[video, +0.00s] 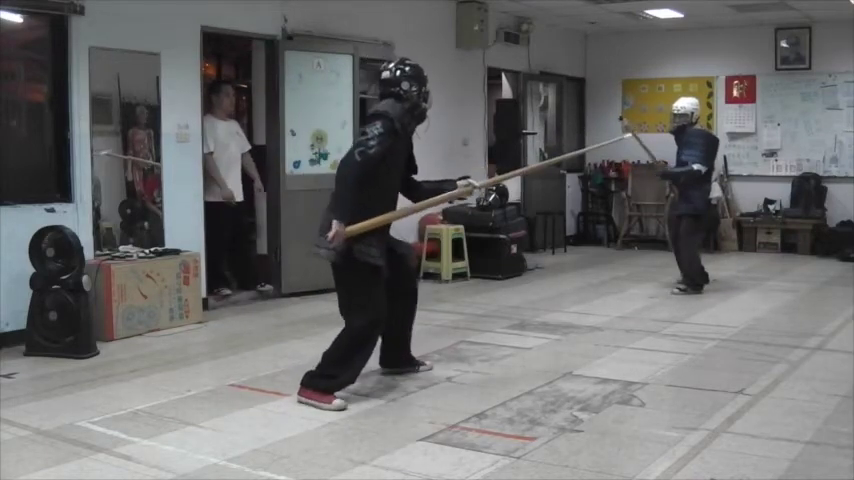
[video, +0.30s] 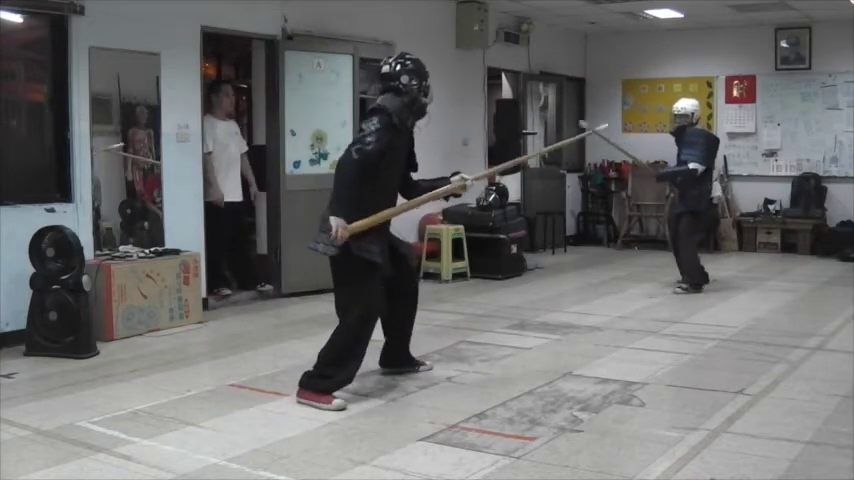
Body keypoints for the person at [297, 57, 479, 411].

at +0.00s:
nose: (426, 98)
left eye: (425, 91)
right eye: (421, 91)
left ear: (398, 91)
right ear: (408, 92)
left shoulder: (400, 132)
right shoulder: (384, 127)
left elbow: (413, 190)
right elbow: (349, 166)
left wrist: (457, 187)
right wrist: (341, 217)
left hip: (375, 234)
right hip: (352, 236)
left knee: (405, 272)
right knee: (368, 317)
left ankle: (397, 358)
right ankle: (317, 386)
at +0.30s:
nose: (426, 95)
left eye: (426, 87)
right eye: (422, 87)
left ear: (404, 87)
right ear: (406, 87)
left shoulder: (402, 127)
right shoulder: (384, 122)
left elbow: (409, 189)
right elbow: (349, 162)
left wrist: (450, 184)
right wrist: (339, 214)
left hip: (375, 230)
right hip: (352, 231)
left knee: (405, 273)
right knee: (363, 307)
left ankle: (396, 357)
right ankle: (315, 385)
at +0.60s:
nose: (431, 103)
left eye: (431, 96)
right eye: (426, 96)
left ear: (411, 97)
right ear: (408, 97)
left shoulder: (411, 136)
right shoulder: (386, 135)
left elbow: (425, 195)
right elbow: (351, 171)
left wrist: (463, 191)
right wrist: (349, 227)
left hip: (390, 241)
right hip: (366, 244)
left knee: (426, 282)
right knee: (369, 319)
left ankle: (435, 344)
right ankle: (317, 386)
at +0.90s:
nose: (462, 113)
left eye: (461, 107)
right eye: (458, 107)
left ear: (432, 109)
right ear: (446, 109)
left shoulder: (437, 145)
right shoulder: (429, 144)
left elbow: (433, 195)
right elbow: (435, 190)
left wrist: (469, 196)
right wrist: (474, 187)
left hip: (416, 240)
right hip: (396, 242)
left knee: (448, 281)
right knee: (401, 319)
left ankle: (449, 346)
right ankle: (337, 373)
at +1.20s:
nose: (423, 92)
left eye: (422, 85)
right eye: (417, 86)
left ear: (401, 87)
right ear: (401, 87)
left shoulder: (403, 124)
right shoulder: (384, 120)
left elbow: (404, 188)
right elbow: (379, 162)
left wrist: (449, 196)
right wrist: (428, 159)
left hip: (396, 225)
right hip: (382, 228)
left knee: (431, 288)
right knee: (429, 295)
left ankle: (450, 345)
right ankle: (391, 370)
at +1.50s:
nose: (375, 70)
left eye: (375, 63)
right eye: (369, 61)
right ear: (350, 60)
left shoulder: (354, 106)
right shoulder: (328, 92)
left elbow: (361, 175)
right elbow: (291, 126)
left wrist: (403, 187)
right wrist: (309, 146)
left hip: (322, 210)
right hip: (304, 210)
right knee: (344, 282)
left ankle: (280, 359)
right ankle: (372, 366)